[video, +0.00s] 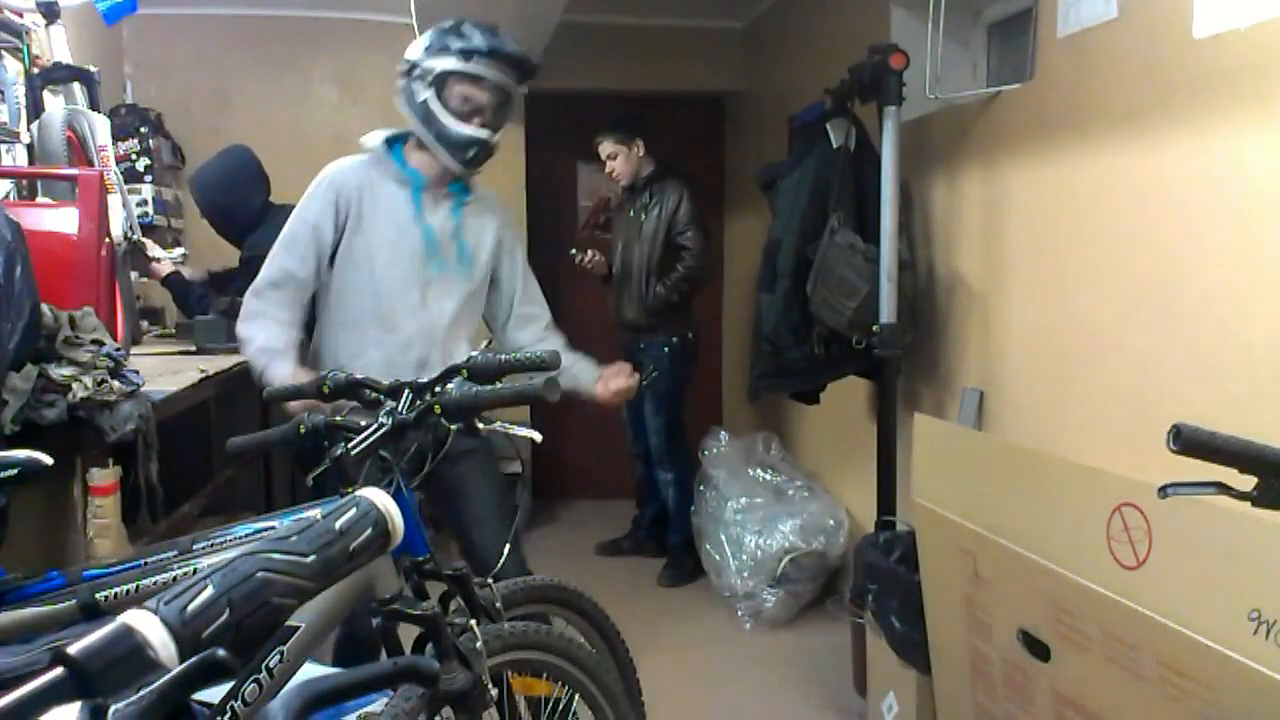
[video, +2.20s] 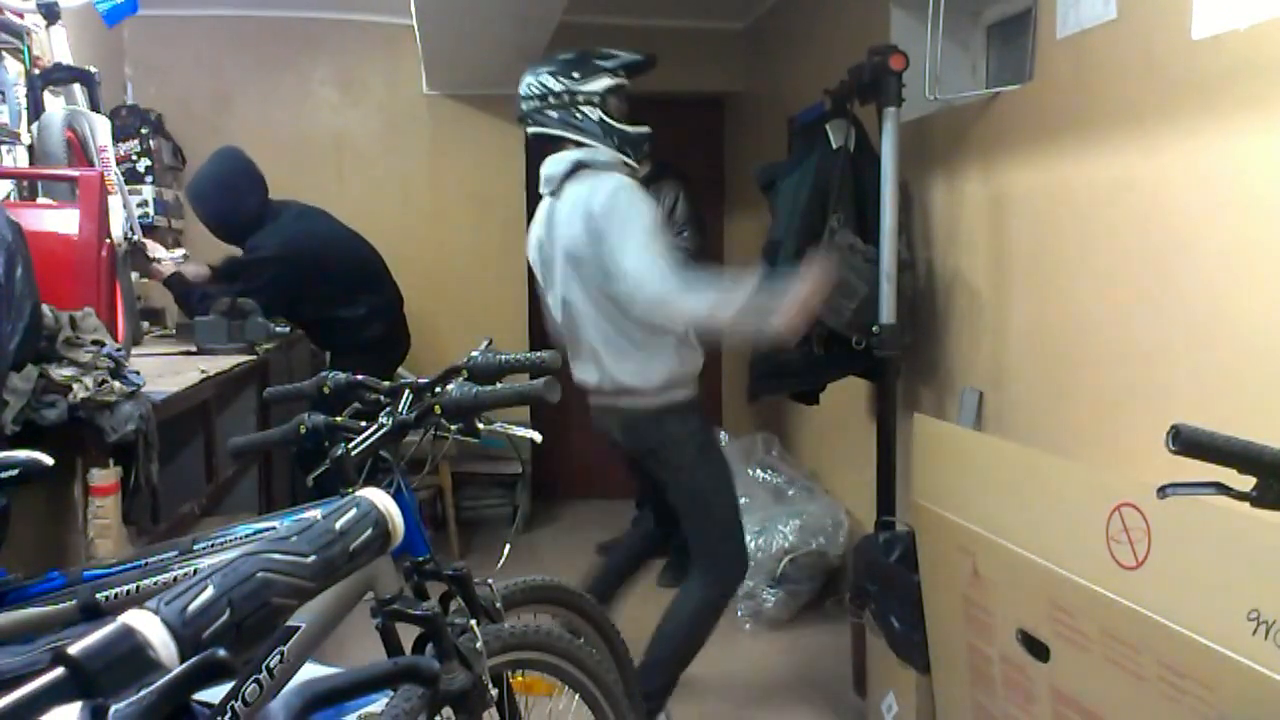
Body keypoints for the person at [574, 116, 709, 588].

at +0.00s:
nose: (609, 168)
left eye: (613, 157)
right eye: (605, 162)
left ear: (639, 149)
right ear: (611, 164)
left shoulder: (673, 193)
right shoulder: (626, 203)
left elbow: (695, 262)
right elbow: (627, 265)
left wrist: (656, 298)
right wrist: (605, 267)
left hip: (666, 336)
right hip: (633, 335)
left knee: (665, 442)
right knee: (641, 441)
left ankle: (684, 547)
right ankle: (650, 530)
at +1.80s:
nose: (605, 171)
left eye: (609, 160)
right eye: (600, 164)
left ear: (633, 151)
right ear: (605, 164)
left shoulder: (670, 194)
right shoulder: (619, 204)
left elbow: (692, 258)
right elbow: (616, 265)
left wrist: (653, 306)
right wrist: (608, 305)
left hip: (663, 330)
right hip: (624, 329)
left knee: (663, 428)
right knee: (630, 429)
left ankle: (684, 540)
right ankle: (644, 525)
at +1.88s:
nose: (592, 152)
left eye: (594, 140)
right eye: (580, 138)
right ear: (550, 140)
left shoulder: (527, 215)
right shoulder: (565, 211)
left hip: (559, 423)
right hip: (593, 426)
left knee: (592, 539)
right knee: (696, 545)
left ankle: (512, 617)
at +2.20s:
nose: (626, 106)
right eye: (616, 99)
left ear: (558, 119)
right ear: (587, 108)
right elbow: (659, 293)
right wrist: (772, 304)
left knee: (659, 521)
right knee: (722, 558)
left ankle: (577, 624)